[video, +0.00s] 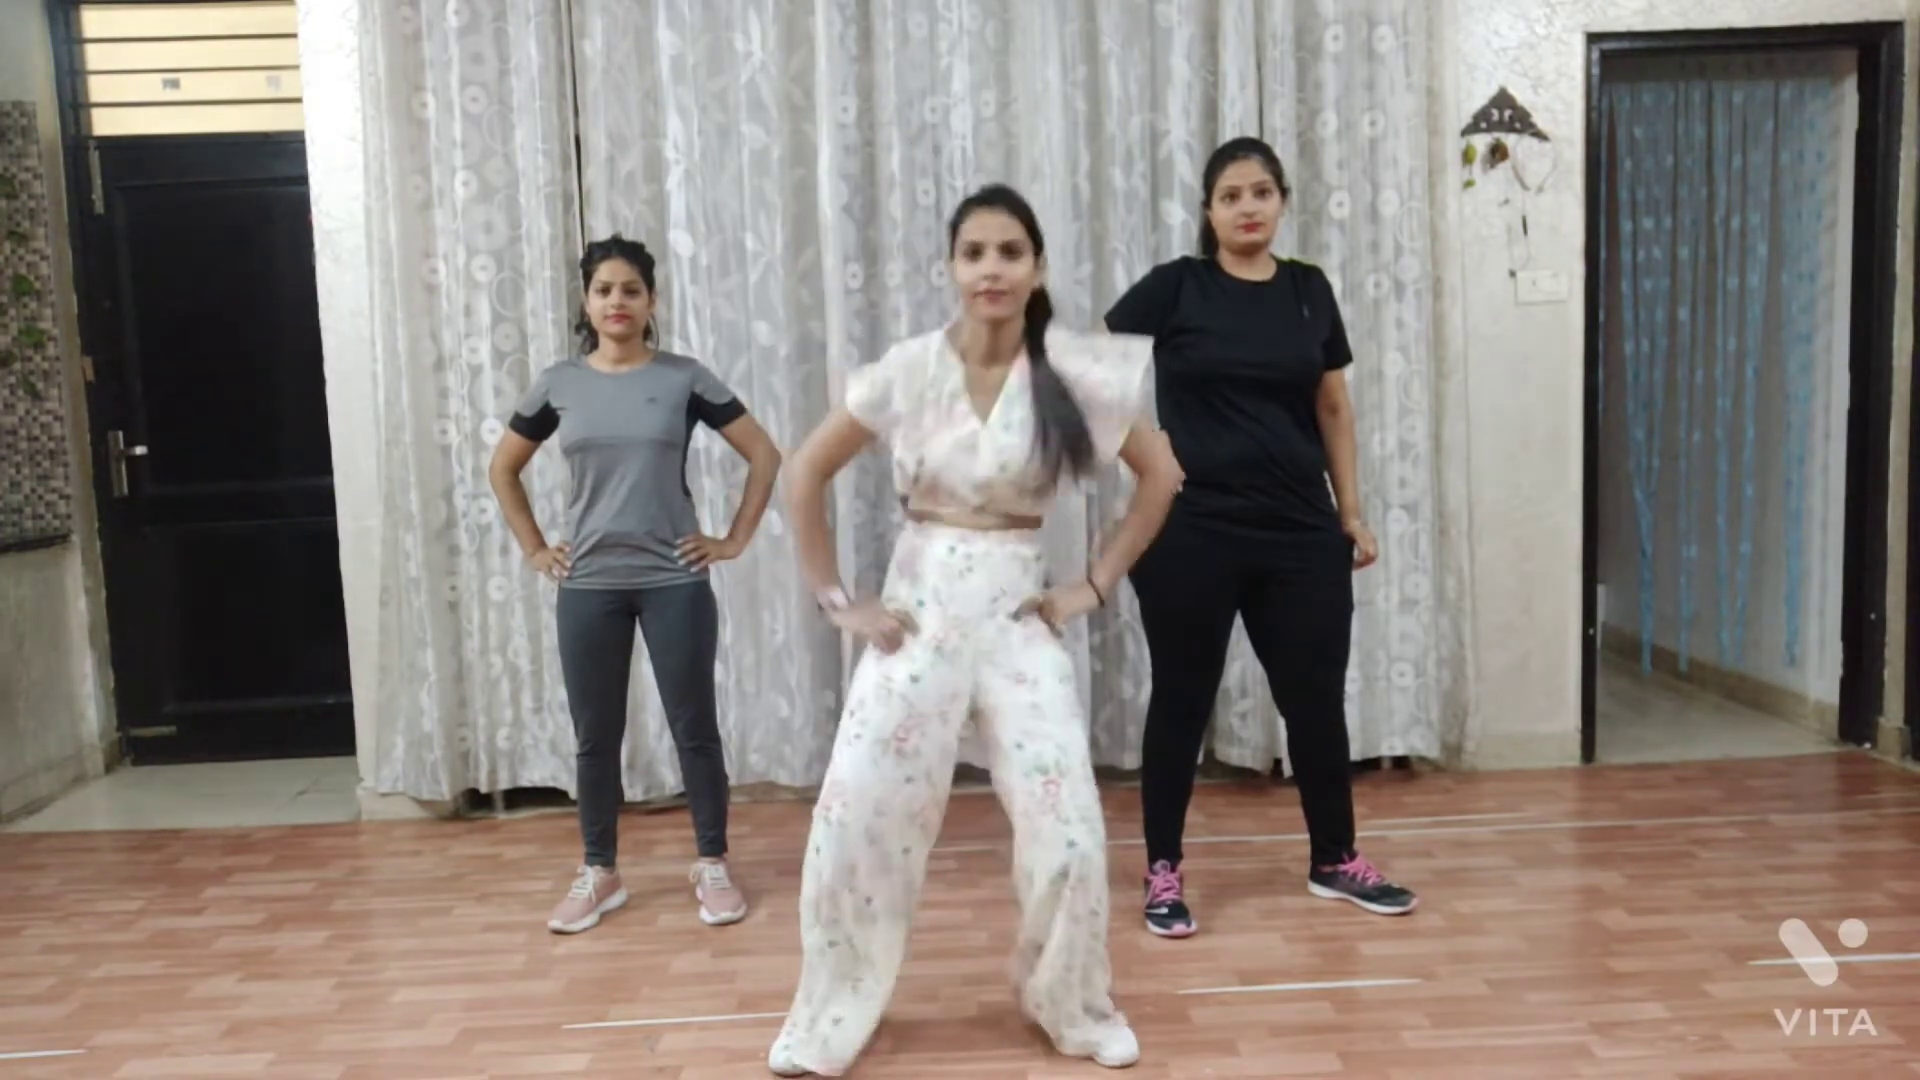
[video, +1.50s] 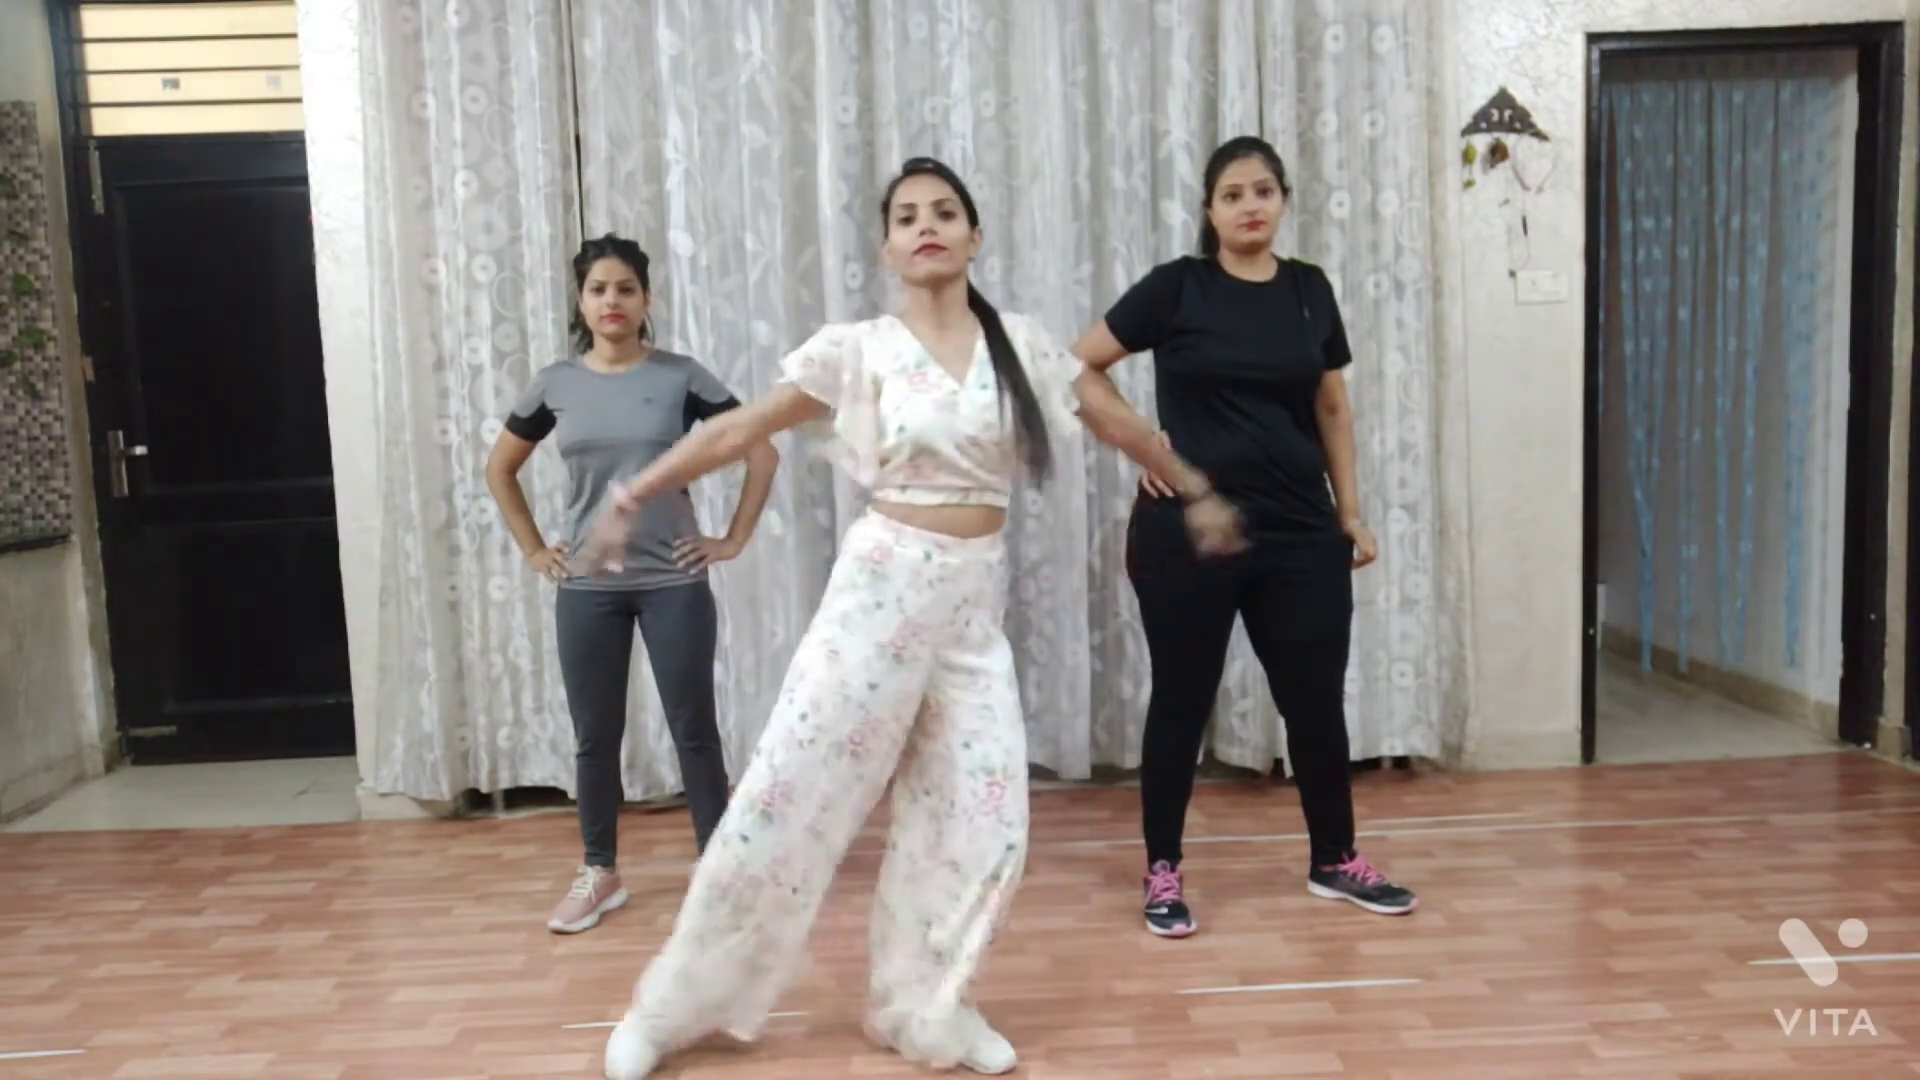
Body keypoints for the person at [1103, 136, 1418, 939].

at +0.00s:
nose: (1248, 207)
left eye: (1261, 193)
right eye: (1232, 195)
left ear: (1283, 203)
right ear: (1208, 207)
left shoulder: (1308, 290)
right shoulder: (1172, 288)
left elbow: (1335, 409)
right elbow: (1092, 368)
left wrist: (1350, 513)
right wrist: (1141, 452)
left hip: (1299, 532)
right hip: (1191, 530)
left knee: (1317, 703)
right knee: (1179, 704)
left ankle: (1335, 861)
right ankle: (1164, 871)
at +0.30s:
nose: (1249, 208)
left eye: (1262, 193)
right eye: (1233, 195)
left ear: (1282, 203)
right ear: (1209, 208)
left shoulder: (1309, 291)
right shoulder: (1174, 289)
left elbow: (1335, 410)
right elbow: (1077, 370)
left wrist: (1350, 513)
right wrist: (1140, 436)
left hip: (1297, 530)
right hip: (1188, 528)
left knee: (1317, 700)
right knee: (1181, 701)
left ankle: (1336, 861)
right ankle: (1164, 870)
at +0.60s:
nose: (1249, 208)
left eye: (1263, 193)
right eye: (1233, 195)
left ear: (1283, 203)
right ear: (1209, 208)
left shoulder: (1309, 290)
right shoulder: (1175, 289)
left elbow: (1335, 411)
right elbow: (1074, 368)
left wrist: (1349, 514)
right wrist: (1139, 434)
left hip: (1296, 530)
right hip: (1187, 527)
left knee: (1317, 700)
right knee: (1181, 701)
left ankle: (1336, 861)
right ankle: (1164, 871)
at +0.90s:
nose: (1249, 207)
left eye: (1262, 193)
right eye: (1233, 195)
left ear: (1283, 203)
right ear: (1209, 207)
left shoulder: (1308, 290)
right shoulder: (1175, 288)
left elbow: (1334, 409)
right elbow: (1082, 363)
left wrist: (1349, 512)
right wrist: (1142, 438)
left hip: (1296, 529)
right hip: (1188, 527)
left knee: (1317, 698)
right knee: (1181, 699)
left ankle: (1336, 861)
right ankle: (1163, 871)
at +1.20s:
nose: (1249, 207)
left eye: (1262, 193)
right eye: (1233, 195)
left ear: (1283, 203)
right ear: (1209, 207)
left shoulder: (1308, 290)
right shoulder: (1175, 288)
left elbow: (1334, 410)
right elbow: (1081, 363)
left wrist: (1349, 513)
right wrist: (1142, 438)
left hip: (1296, 529)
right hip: (1188, 527)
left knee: (1317, 700)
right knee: (1180, 701)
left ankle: (1336, 861)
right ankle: (1163, 870)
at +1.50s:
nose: (1251, 206)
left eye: (1264, 192)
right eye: (1234, 194)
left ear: (1283, 203)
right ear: (1209, 207)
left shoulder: (1309, 290)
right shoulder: (1175, 289)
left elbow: (1334, 409)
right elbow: (1078, 369)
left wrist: (1349, 514)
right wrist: (1142, 443)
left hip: (1297, 528)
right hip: (1188, 526)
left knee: (1317, 701)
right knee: (1181, 701)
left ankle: (1336, 861)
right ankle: (1164, 871)